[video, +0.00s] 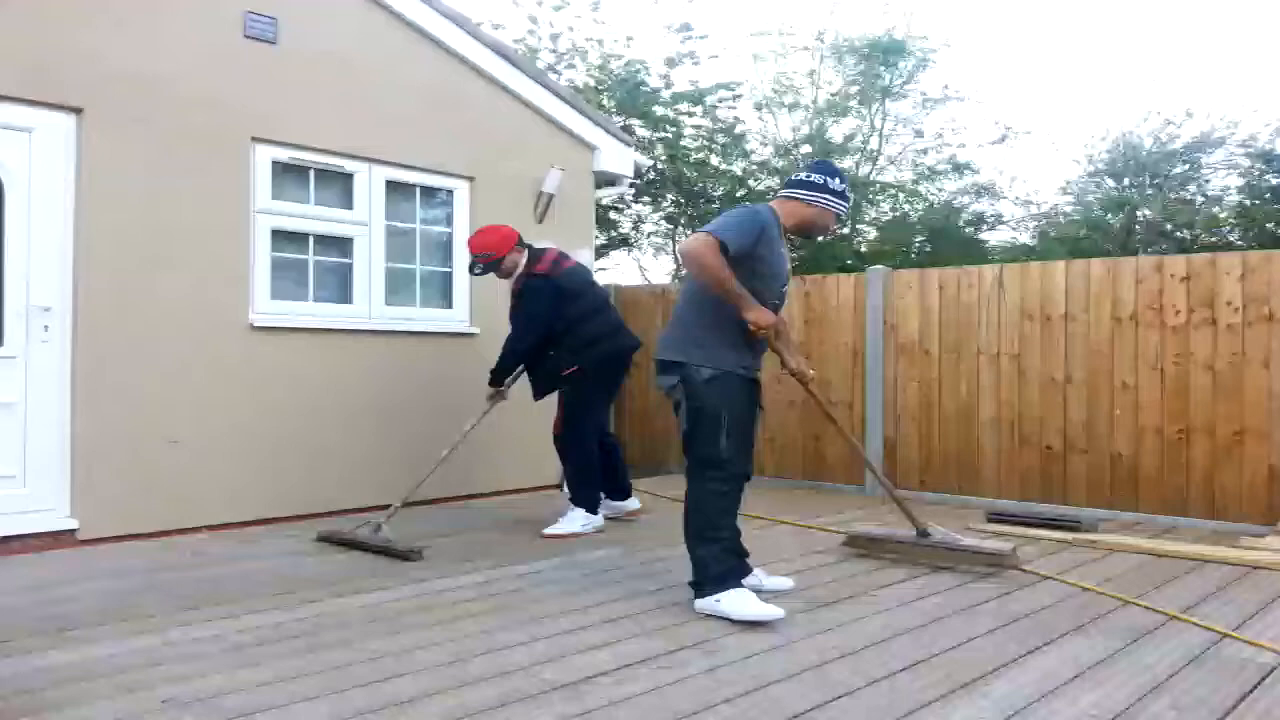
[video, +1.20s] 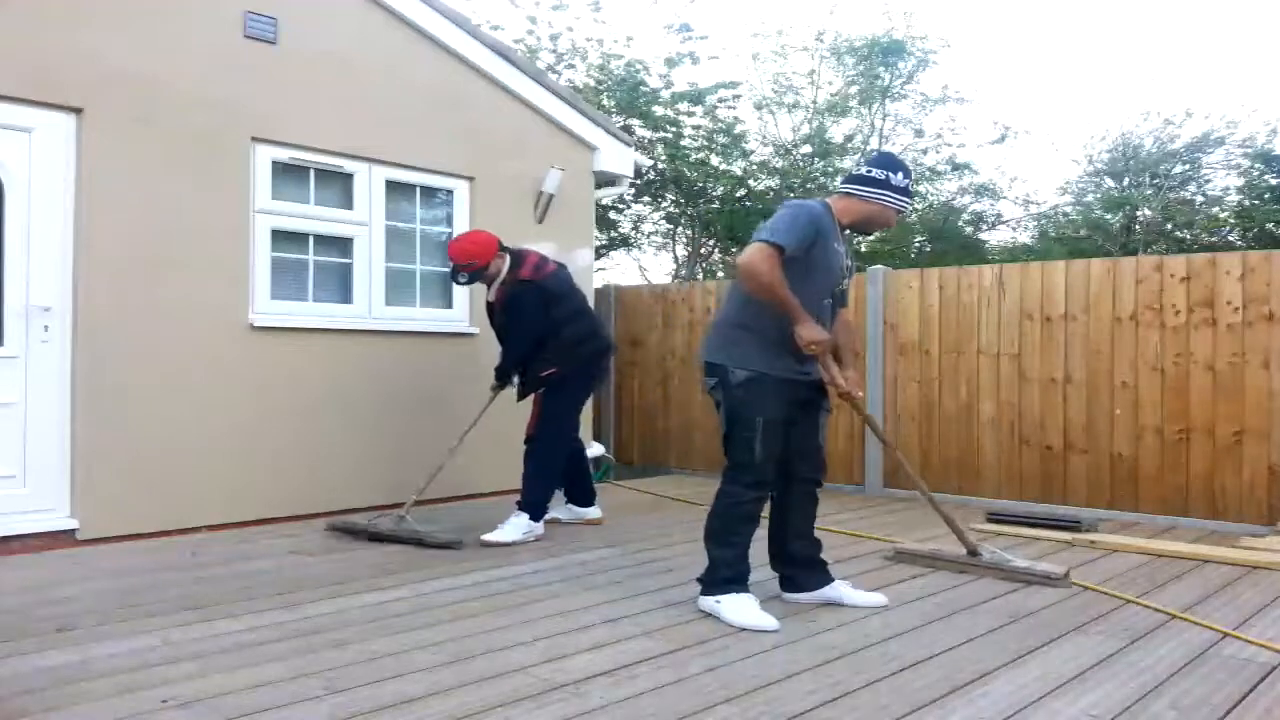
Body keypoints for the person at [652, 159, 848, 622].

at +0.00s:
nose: (832, 227)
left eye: (837, 219)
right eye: (835, 216)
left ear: (808, 199)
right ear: (816, 200)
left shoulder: (776, 245)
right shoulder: (757, 217)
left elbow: (768, 313)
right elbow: (696, 248)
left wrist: (791, 357)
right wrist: (746, 304)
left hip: (732, 368)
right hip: (707, 365)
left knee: (729, 472)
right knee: (714, 474)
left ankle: (733, 570)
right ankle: (713, 586)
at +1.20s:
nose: (896, 222)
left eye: (900, 213)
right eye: (897, 211)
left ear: (868, 196)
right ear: (877, 197)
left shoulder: (840, 255)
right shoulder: (807, 214)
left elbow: (828, 320)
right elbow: (753, 262)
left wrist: (838, 367)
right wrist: (800, 319)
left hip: (799, 374)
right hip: (749, 366)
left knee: (801, 477)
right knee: (750, 476)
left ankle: (803, 579)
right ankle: (722, 587)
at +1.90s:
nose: (863, 211)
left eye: (868, 204)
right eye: (865, 200)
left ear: (838, 186)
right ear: (842, 186)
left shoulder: (818, 246)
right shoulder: (770, 209)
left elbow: (821, 304)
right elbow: (703, 248)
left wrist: (839, 340)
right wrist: (783, 280)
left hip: (790, 377)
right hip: (736, 370)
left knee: (787, 483)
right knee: (729, 482)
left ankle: (803, 580)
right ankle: (704, 591)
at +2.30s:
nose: (861, 211)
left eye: (866, 202)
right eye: (862, 200)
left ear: (831, 187)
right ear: (835, 186)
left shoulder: (815, 242)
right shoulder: (752, 209)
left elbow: (814, 306)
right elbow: (678, 255)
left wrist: (820, 361)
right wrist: (756, 301)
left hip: (775, 374)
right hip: (712, 367)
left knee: (798, 476)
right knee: (710, 480)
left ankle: (818, 587)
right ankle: (702, 593)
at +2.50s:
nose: (882, 216)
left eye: (886, 208)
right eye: (882, 205)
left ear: (853, 188)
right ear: (857, 188)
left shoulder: (833, 244)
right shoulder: (770, 213)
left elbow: (839, 315)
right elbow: (721, 276)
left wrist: (852, 377)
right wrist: (797, 320)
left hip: (780, 373)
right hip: (717, 365)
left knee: (802, 481)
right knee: (710, 481)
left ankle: (818, 593)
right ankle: (702, 592)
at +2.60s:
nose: (893, 218)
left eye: (898, 209)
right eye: (894, 206)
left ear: (868, 190)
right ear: (870, 190)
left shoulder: (849, 245)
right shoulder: (781, 216)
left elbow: (853, 318)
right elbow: (747, 285)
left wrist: (872, 385)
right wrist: (821, 327)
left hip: (790, 373)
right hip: (725, 367)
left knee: (810, 481)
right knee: (716, 482)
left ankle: (819, 594)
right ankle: (702, 592)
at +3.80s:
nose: (794, 185)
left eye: (807, 177)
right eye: (787, 174)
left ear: (835, 175)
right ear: (777, 167)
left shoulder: (869, 226)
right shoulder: (742, 216)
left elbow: (908, 292)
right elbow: (681, 266)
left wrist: (858, 349)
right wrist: (716, 286)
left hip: (830, 380)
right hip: (753, 377)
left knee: (828, 488)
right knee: (755, 484)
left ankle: (822, 593)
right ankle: (762, 584)